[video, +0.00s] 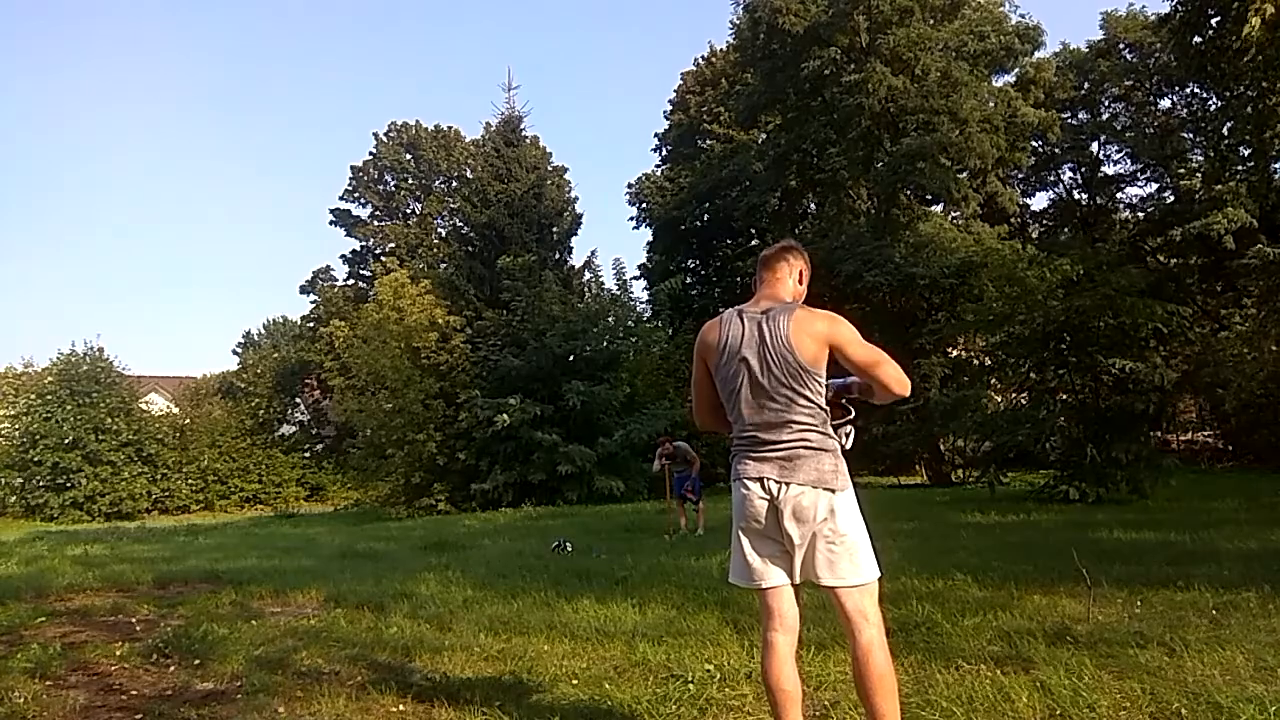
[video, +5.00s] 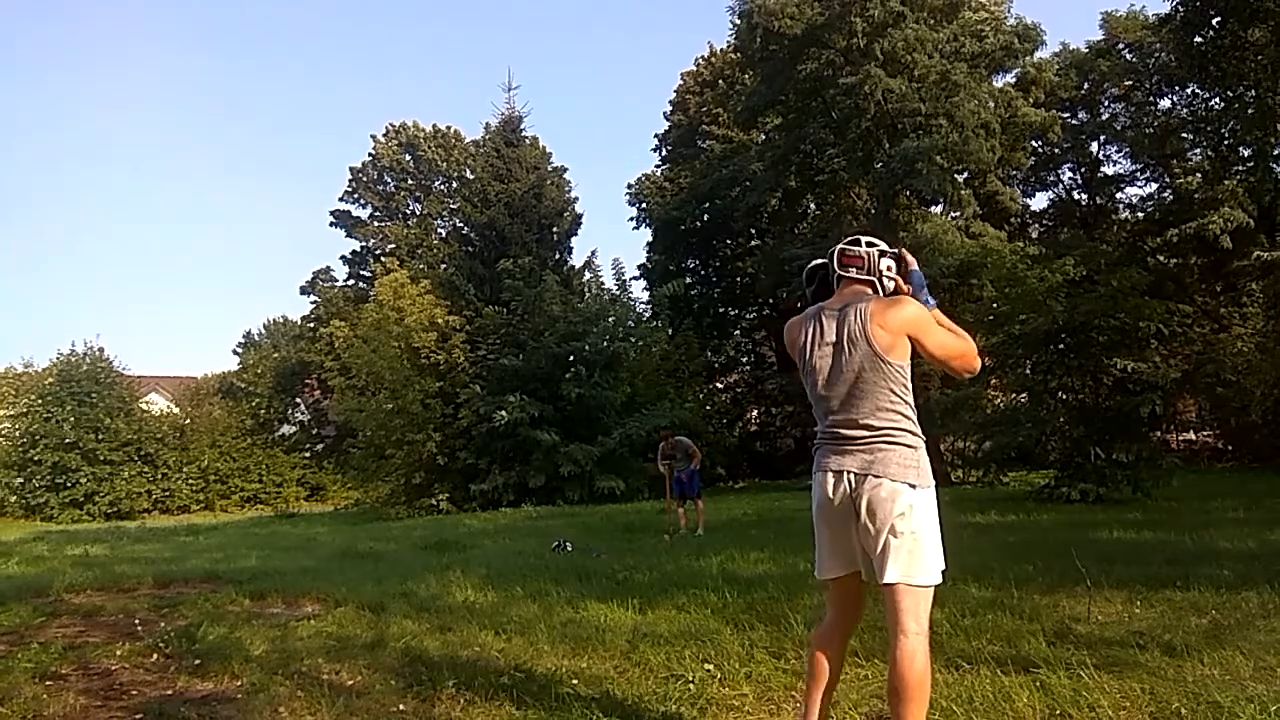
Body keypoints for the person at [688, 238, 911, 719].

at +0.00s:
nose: (806, 289)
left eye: (804, 282)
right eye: (806, 281)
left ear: (756, 279)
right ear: (799, 278)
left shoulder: (711, 333)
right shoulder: (820, 323)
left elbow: (706, 418)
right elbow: (897, 386)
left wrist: (764, 411)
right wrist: (853, 386)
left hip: (751, 491)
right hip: (820, 488)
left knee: (778, 626)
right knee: (865, 623)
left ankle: (789, 718)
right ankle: (887, 716)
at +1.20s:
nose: (815, 289)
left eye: (814, 283)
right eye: (816, 282)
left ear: (765, 274)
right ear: (808, 277)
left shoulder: (715, 333)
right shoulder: (819, 320)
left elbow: (718, 418)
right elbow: (857, 406)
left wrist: (765, 387)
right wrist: (858, 364)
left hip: (755, 488)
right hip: (823, 484)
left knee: (778, 630)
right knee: (867, 626)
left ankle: (790, 719)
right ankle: (887, 716)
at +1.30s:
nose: (814, 292)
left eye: (814, 288)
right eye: (816, 287)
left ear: (766, 276)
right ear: (809, 281)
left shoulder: (714, 329)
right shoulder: (815, 316)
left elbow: (723, 404)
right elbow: (867, 392)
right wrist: (859, 339)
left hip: (754, 489)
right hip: (822, 484)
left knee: (778, 629)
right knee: (867, 625)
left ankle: (790, 719)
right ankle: (887, 716)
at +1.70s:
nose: (823, 288)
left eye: (823, 281)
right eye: (823, 281)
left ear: (774, 277)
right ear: (815, 282)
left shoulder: (720, 324)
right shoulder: (818, 316)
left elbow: (744, 324)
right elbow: (881, 364)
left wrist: (795, 294)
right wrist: (852, 304)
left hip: (755, 488)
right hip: (823, 485)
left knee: (779, 627)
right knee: (867, 624)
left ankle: (791, 718)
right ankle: (887, 716)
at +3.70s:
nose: (856, 271)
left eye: (852, 264)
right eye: (852, 264)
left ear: (792, 274)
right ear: (844, 267)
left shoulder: (761, 323)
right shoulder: (865, 308)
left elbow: (787, 360)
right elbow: (916, 375)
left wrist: (828, 299)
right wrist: (876, 308)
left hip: (796, 484)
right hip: (867, 481)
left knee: (801, 630)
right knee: (889, 631)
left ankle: (799, 719)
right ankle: (899, 718)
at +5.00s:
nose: (895, 282)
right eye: (892, 273)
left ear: (837, 275)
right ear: (884, 276)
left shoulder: (799, 329)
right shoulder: (898, 311)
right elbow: (969, 360)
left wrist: (848, 289)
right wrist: (924, 301)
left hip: (829, 478)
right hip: (897, 477)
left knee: (839, 611)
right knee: (910, 631)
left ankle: (810, 714)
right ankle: (908, 718)